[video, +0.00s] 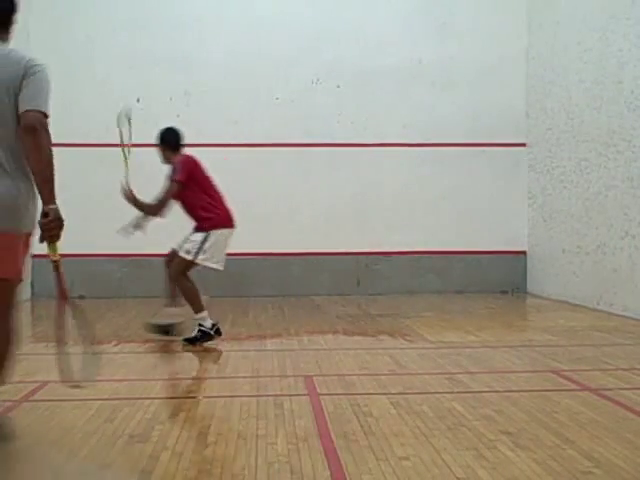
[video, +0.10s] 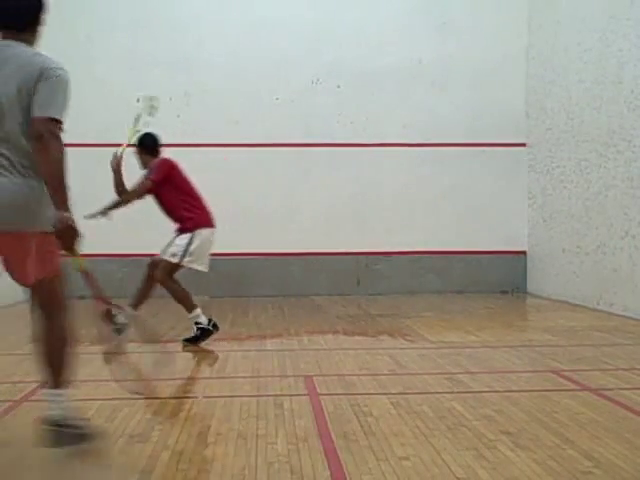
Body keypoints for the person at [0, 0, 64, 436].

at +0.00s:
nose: (12, 22)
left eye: (8, 16)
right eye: (13, 15)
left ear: (3, 21)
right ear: (11, 19)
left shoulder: (24, 68)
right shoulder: (24, 67)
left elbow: (31, 127)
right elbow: (32, 125)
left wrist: (47, 203)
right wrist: (49, 203)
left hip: (13, 213)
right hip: (10, 211)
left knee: (7, 313)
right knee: (4, 312)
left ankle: (2, 413)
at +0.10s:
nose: (40, 24)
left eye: (34, 17)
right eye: (40, 18)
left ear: (1, 21)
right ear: (37, 22)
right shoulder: (43, 69)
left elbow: (40, 136)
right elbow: (43, 133)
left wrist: (58, 211)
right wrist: (62, 211)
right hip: (18, 205)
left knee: (49, 300)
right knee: (49, 300)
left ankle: (58, 406)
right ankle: (58, 406)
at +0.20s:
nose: (75, 46)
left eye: (69, 38)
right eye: (74, 39)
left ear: (33, 38)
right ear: (69, 42)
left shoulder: (9, 79)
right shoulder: (70, 93)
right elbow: (83, 168)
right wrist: (116, 239)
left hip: (2, 223)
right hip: (38, 227)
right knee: (105, 312)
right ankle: (136, 417)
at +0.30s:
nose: (121, 62)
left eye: (116, 53)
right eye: (120, 55)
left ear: (80, 54)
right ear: (115, 57)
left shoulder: (45, 96)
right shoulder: (113, 105)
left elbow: (16, 154)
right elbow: (132, 176)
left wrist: (86, 195)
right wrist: (183, 242)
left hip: (15, 235)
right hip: (78, 239)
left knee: (1, 325)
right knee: (150, 318)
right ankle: (168, 430)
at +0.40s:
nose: (173, 49)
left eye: (163, 40)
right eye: (174, 42)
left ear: (137, 41)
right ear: (174, 45)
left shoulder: (106, 85)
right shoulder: (171, 91)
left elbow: (77, 151)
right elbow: (190, 155)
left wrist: (128, 164)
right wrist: (232, 223)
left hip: (79, 217)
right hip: (135, 220)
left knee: (40, 319)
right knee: (181, 317)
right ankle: (173, 432)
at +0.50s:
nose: (224, 23)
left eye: (212, 16)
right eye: (225, 17)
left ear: (187, 20)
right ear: (224, 22)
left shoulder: (159, 64)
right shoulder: (224, 66)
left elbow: (127, 134)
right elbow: (228, 127)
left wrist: (181, 147)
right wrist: (268, 192)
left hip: (140, 199)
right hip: (192, 202)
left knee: (134, 300)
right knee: (205, 310)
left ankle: (102, 405)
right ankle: (184, 421)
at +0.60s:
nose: (272, 14)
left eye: (266, 9)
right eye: (273, 9)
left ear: (233, 11)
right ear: (269, 11)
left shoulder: (206, 53)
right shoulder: (267, 50)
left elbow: (179, 126)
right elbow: (263, 114)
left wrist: (225, 149)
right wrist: (303, 184)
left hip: (196, 188)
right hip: (243, 189)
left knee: (212, 292)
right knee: (270, 294)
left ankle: (200, 405)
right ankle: (230, 399)